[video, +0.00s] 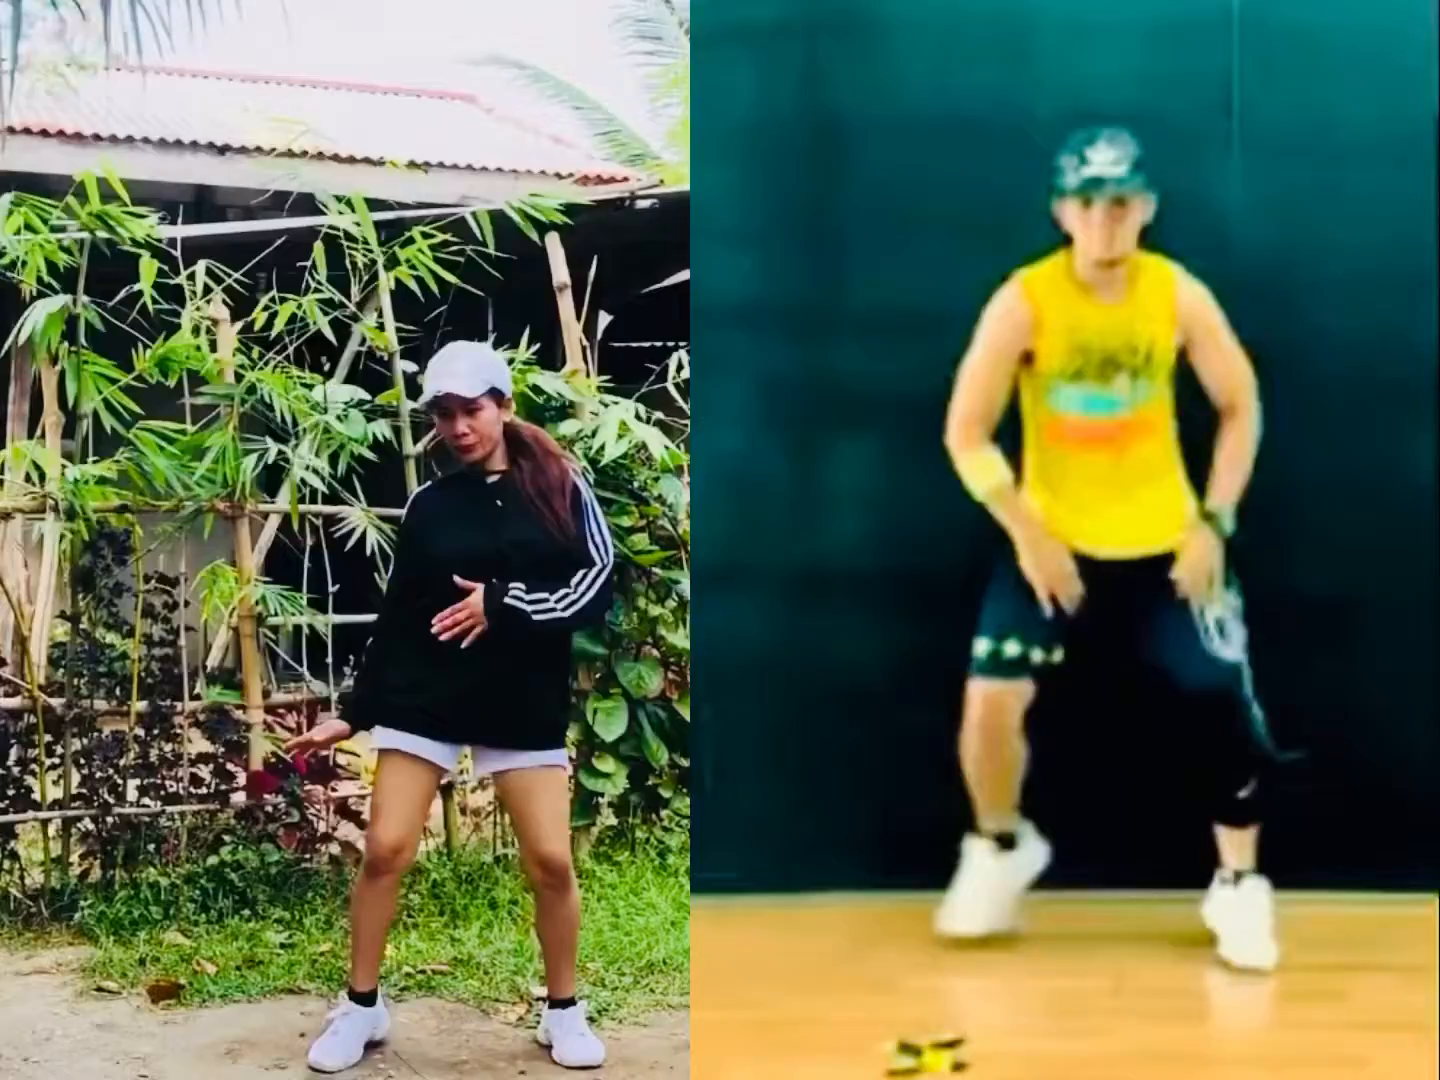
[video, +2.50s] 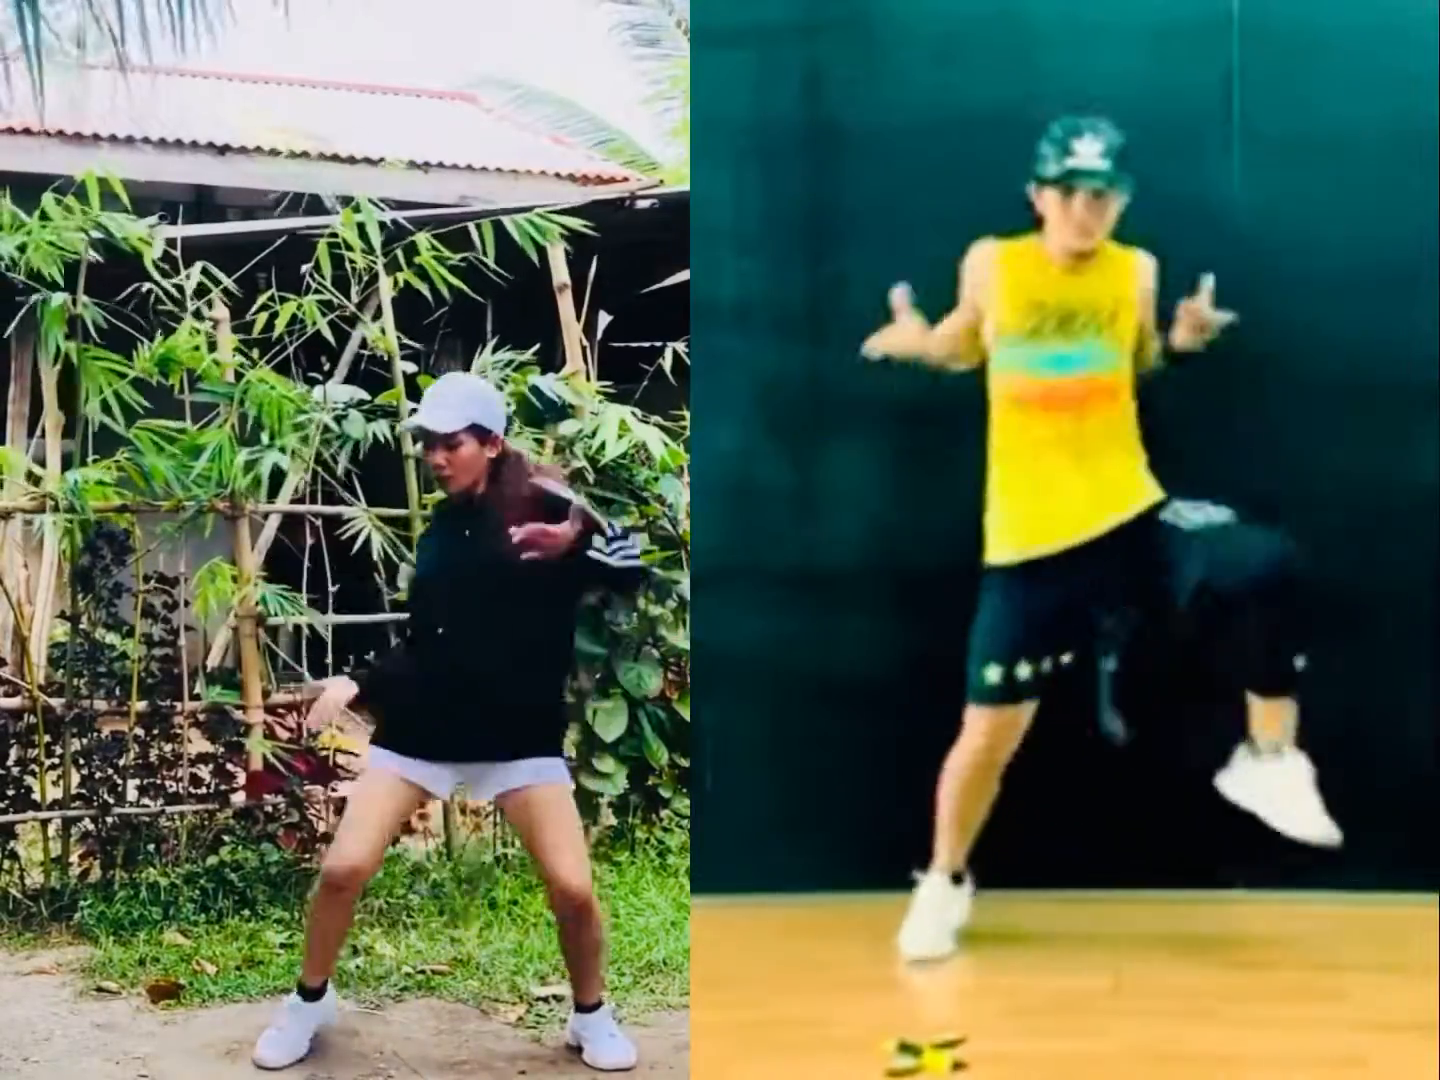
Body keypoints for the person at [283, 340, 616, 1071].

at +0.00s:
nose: (457, 427)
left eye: (469, 410)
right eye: (443, 415)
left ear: (502, 405)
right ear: (434, 422)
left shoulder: (556, 483)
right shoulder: (428, 504)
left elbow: (598, 575)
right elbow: (399, 616)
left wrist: (503, 600)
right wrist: (352, 714)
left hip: (525, 708)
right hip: (421, 702)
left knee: (553, 864)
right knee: (382, 851)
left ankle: (563, 1010)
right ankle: (360, 1008)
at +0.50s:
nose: (458, 429)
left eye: (473, 414)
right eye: (445, 414)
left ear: (502, 417)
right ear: (431, 420)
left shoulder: (538, 496)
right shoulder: (410, 507)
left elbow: (596, 583)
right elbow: (372, 627)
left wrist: (629, 641)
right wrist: (345, 579)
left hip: (543, 718)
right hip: (440, 717)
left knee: (553, 871)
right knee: (369, 848)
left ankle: (564, 1011)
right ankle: (347, 993)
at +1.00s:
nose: (345, 432)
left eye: (361, 418)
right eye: (333, 417)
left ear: (390, 422)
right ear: (317, 422)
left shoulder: (416, 501)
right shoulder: (285, 507)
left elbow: (437, 599)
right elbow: (236, 599)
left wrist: (484, 639)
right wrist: (186, 590)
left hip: (437, 710)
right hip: (331, 721)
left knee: (489, 850)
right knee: (307, 869)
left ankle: (522, 998)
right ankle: (323, 1006)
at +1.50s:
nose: (398, 448)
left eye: (411, 434)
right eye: (384, 433)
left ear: (432, 438)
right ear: (363, 436)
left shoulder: (440, 517)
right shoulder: (324, 510)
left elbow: (460, 630)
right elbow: (252, 579)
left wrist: (528, 613)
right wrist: (195, 598)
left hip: (466, 710)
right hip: (365, 729)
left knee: (543, 829)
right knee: (329, 888)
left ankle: (587, 969)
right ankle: (322, 1007)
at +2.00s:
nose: (491, 438)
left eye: (503, 422)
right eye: (481, 426)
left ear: (545, 415)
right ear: (477, 429)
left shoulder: (605, 494)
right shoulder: (483, 508)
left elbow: (681, 598)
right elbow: (431, 619)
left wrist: (674, 570)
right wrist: (349, 632)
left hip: (574, 709)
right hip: (474, 694)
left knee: (587, 876)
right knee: (381, 796)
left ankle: (591, 1012)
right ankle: (434, 910)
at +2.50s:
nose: (435, 457)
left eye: (449, 443)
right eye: (429, 443)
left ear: (492, 443)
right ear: (424, 446)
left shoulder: (545, 504)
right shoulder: (443, 530)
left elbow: (632, 567)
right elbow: (427, 646)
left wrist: (580, 535)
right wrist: (354, 687)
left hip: (521, 739)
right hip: (417, 733)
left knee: (574, 891)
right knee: (341, 871)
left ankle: (592, 1016)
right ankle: (308, 1002)